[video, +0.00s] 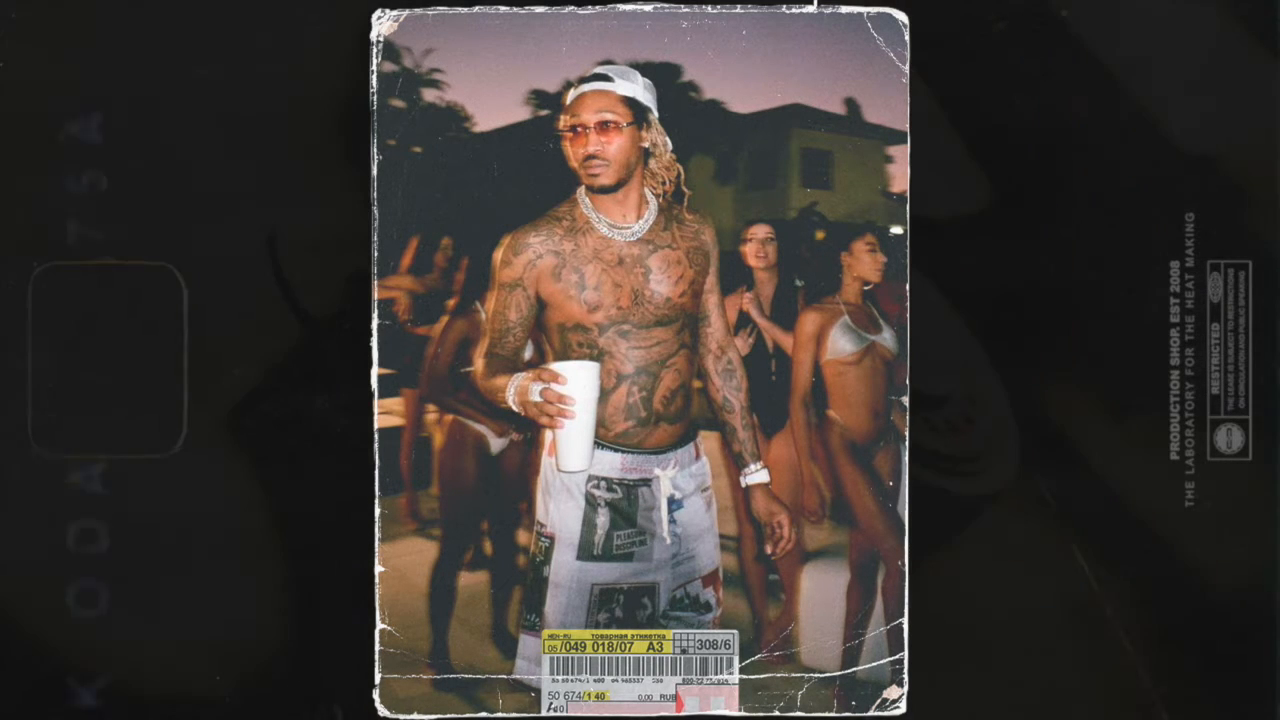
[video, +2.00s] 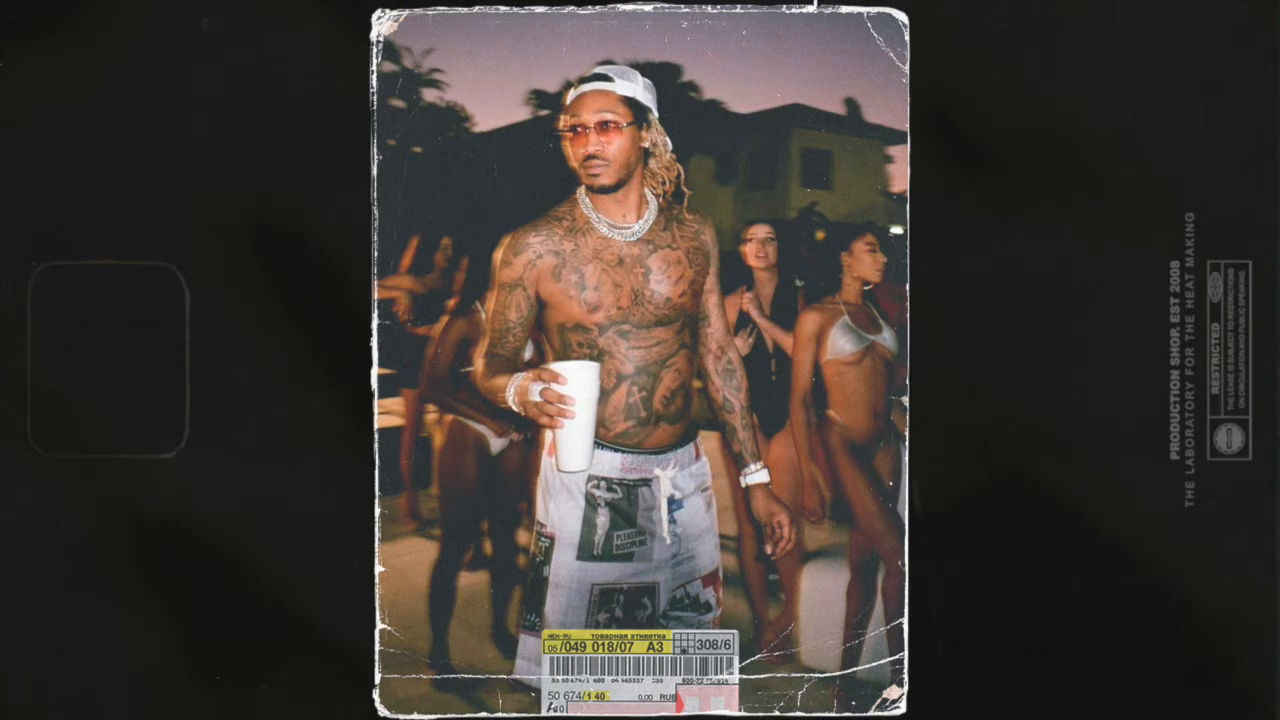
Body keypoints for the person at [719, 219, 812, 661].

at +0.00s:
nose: (760, 249)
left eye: (768, 241)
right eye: (752, 242)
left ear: (781, 249)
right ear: (741, 250)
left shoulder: (797, 295)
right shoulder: (730, 300)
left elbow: (803, 352)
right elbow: (713, 365)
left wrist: (761, 318)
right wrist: (736, 343)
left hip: (784, 419)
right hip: (738, 420)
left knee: (784, 520)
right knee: (748, 525)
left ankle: (793, 614)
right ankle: (761, 620)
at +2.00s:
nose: (760, 249)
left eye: (768, 241)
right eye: (752, 242)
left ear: (781, 249)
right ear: (741, 250)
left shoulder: (798, 296)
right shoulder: (731, 300)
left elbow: (804, 352)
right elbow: (714, 364)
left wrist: (762, 319)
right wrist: (733, 344)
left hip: (784, 419)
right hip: (738, 420)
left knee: (785, 521)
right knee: (749, 527)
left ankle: (794, 613)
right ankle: (763, 623)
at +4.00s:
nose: (761, 249)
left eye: (769, 241)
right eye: (752, 242)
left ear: (781, 249)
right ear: (741, 250)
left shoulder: (797, 295)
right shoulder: (730, 300)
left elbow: (803, 352)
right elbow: (714, 364)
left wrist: (761, 318)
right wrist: (738, 336)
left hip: (783, 419)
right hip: (738, 422)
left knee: (784, 520)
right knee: (748, 526)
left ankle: (794, 614)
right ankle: (761, 622)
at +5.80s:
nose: (760, 249)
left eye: (768, 241)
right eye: (752, 242)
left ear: (781, 249)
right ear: (741, 250)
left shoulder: (797, 296)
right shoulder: (730, 299)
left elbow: (803, 352)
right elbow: (714, 364)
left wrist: (761, 317)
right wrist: (735, 337)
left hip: (784, 420)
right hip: (738, 420)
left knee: (783, 521)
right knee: (749, 525)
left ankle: (793, 614)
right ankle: (762, 623)